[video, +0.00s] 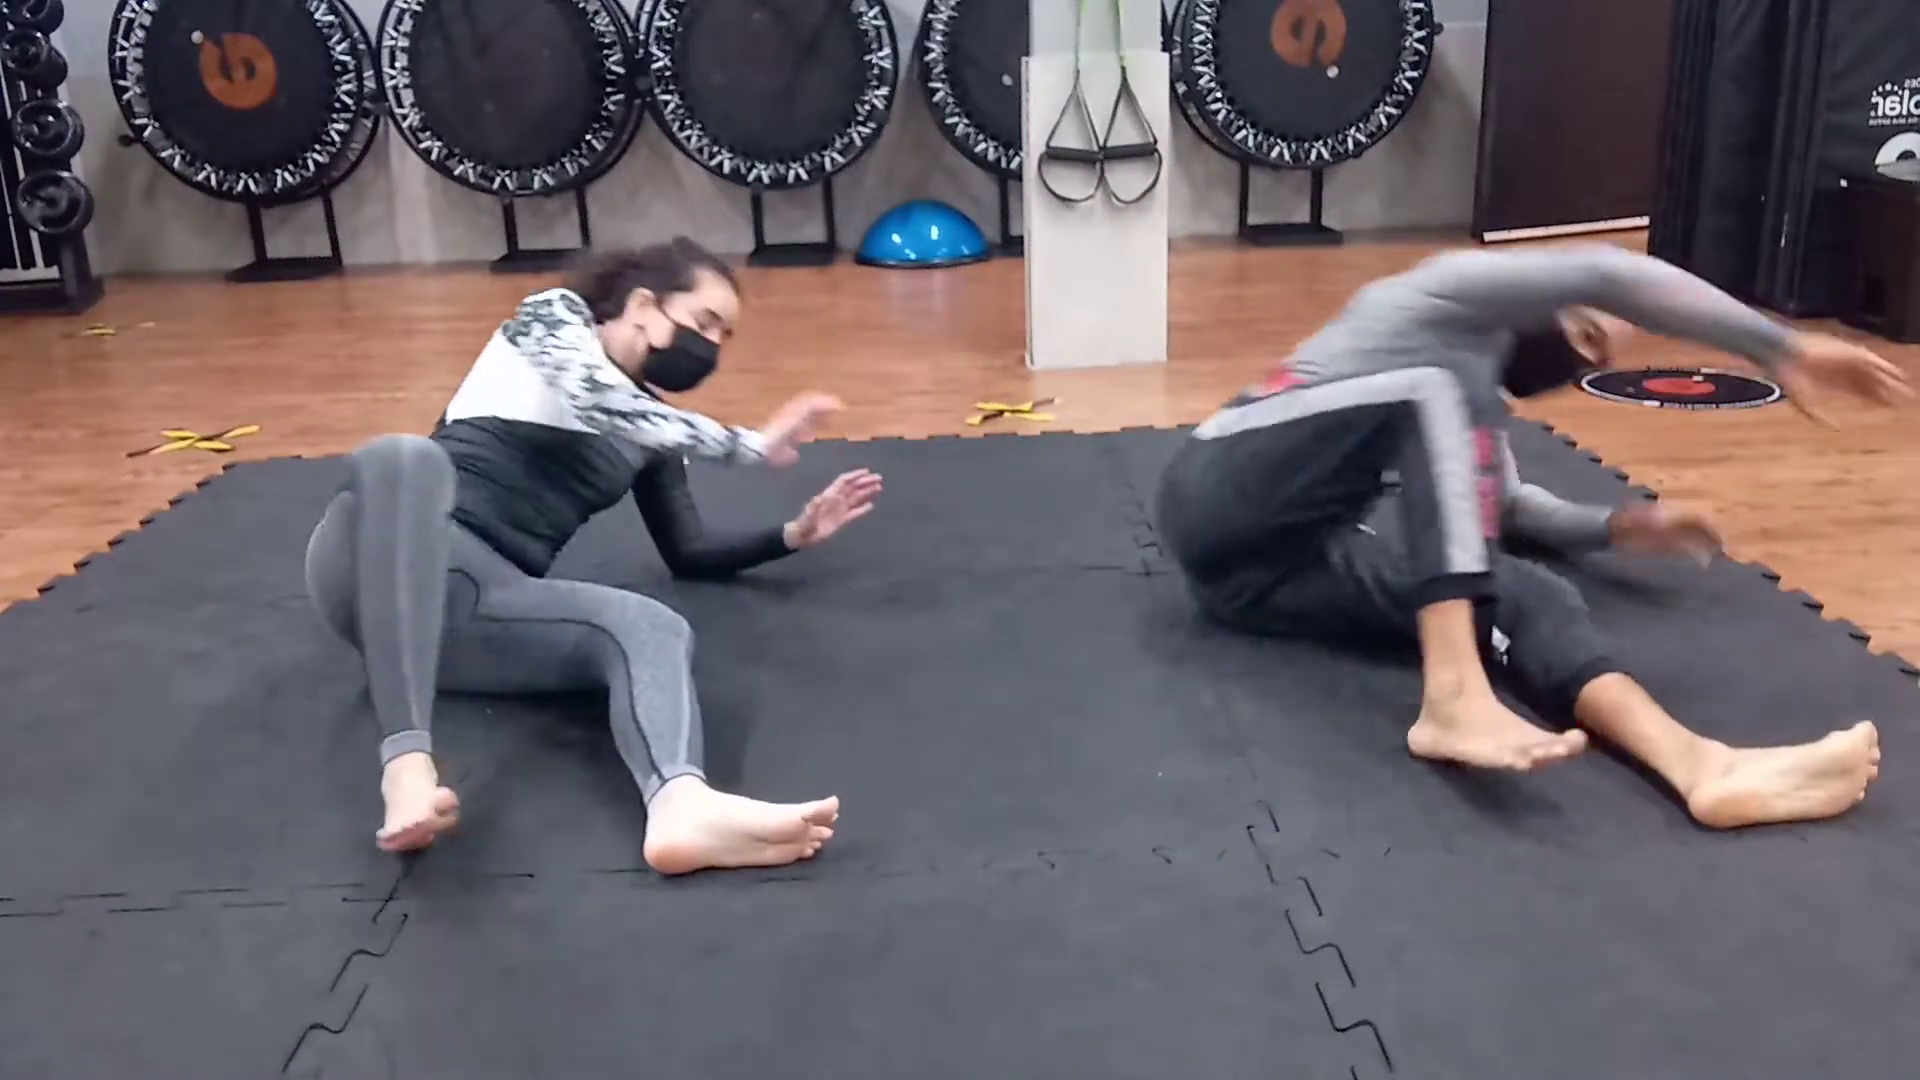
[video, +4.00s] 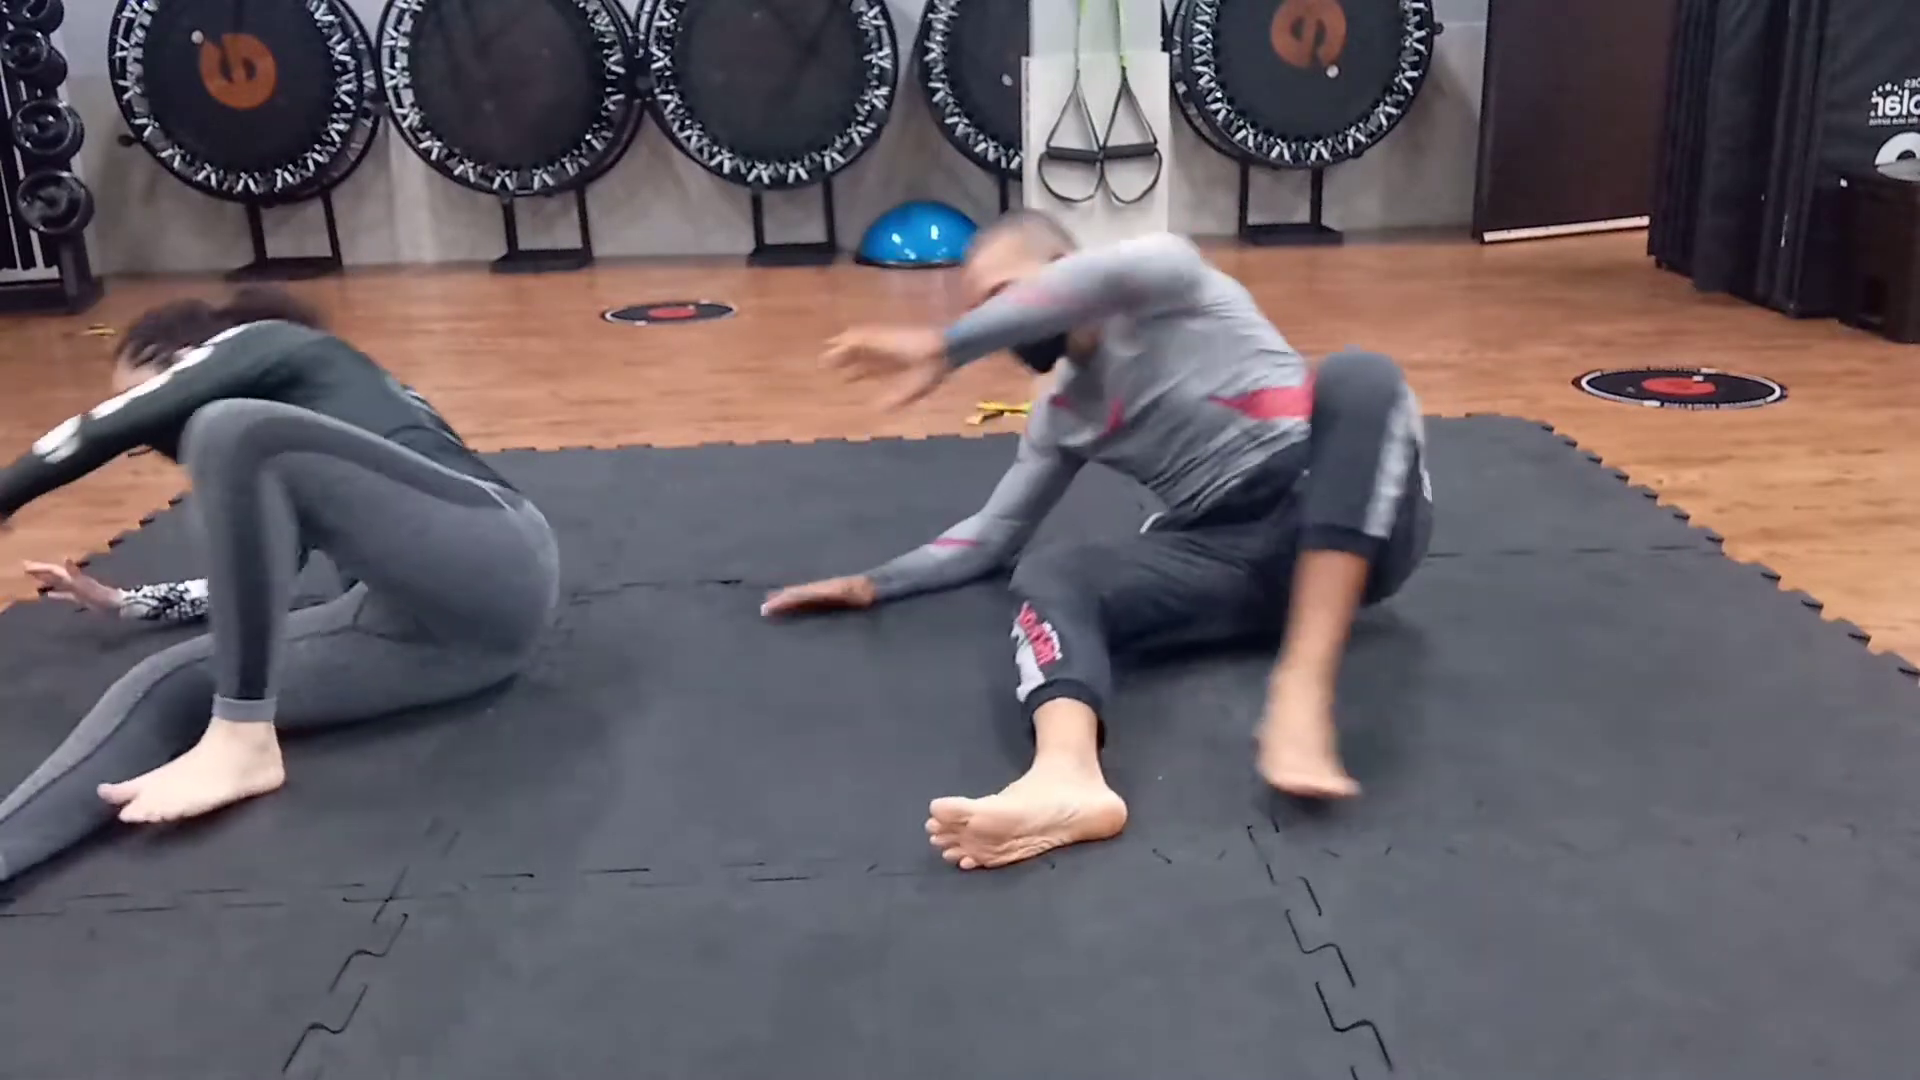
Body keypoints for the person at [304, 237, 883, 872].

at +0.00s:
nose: (715, 348)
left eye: (724, 338)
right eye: (707, 324)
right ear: (643, 303)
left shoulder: (650, 430)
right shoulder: (551, 314)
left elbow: (688, 552)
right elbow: (593, 393)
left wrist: (792, 536)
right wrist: (750, 444)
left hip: (490, 604)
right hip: (387, 562)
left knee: (653, 624)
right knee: (407, 456)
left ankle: (678, 798)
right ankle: (405, 756)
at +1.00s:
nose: (275, 269)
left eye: (292, 245)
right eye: (264, 258)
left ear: (363, 248)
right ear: (262, 275)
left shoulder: (450, 368)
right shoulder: (253, 376)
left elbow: (513, 469)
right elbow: (181, 513)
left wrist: (418, 415)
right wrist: (133, 480)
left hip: (397, 578)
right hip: (278, 585)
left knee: (439, 591)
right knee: (164, 620)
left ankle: (444, 852)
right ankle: (155, 886)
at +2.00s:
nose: (126, 331)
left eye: (131, 309)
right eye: (120, 315)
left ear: (191, 296)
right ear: (192, 303)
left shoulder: (303, 341)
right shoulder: (238, 418)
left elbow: (232, 445)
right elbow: (266, 574)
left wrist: (63, 441)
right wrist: (134, 619)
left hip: (380, 598)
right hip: (281, 653)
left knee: (181, 534)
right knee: (56, 679)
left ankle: (283, 815)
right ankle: (9, 893)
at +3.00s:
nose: (103, 381)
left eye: (102, 363)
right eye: (93, 372)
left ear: (141, 328)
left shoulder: (201, 342)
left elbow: (30, 455)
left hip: (306, 566)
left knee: (9, 526)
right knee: (16, 729)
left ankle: (211, 741)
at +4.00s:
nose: (140, 420)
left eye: (143, 397)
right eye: (133, 407)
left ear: (188, 358)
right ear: (193, 371)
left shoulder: (271, 346)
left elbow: (99, 435)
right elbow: (269, 580)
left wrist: (8, 496)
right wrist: (126, 604)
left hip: (498, 564)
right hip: (429, 643)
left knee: (228, 431)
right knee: (170, 686)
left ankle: (244, 739)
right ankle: (1, 859)